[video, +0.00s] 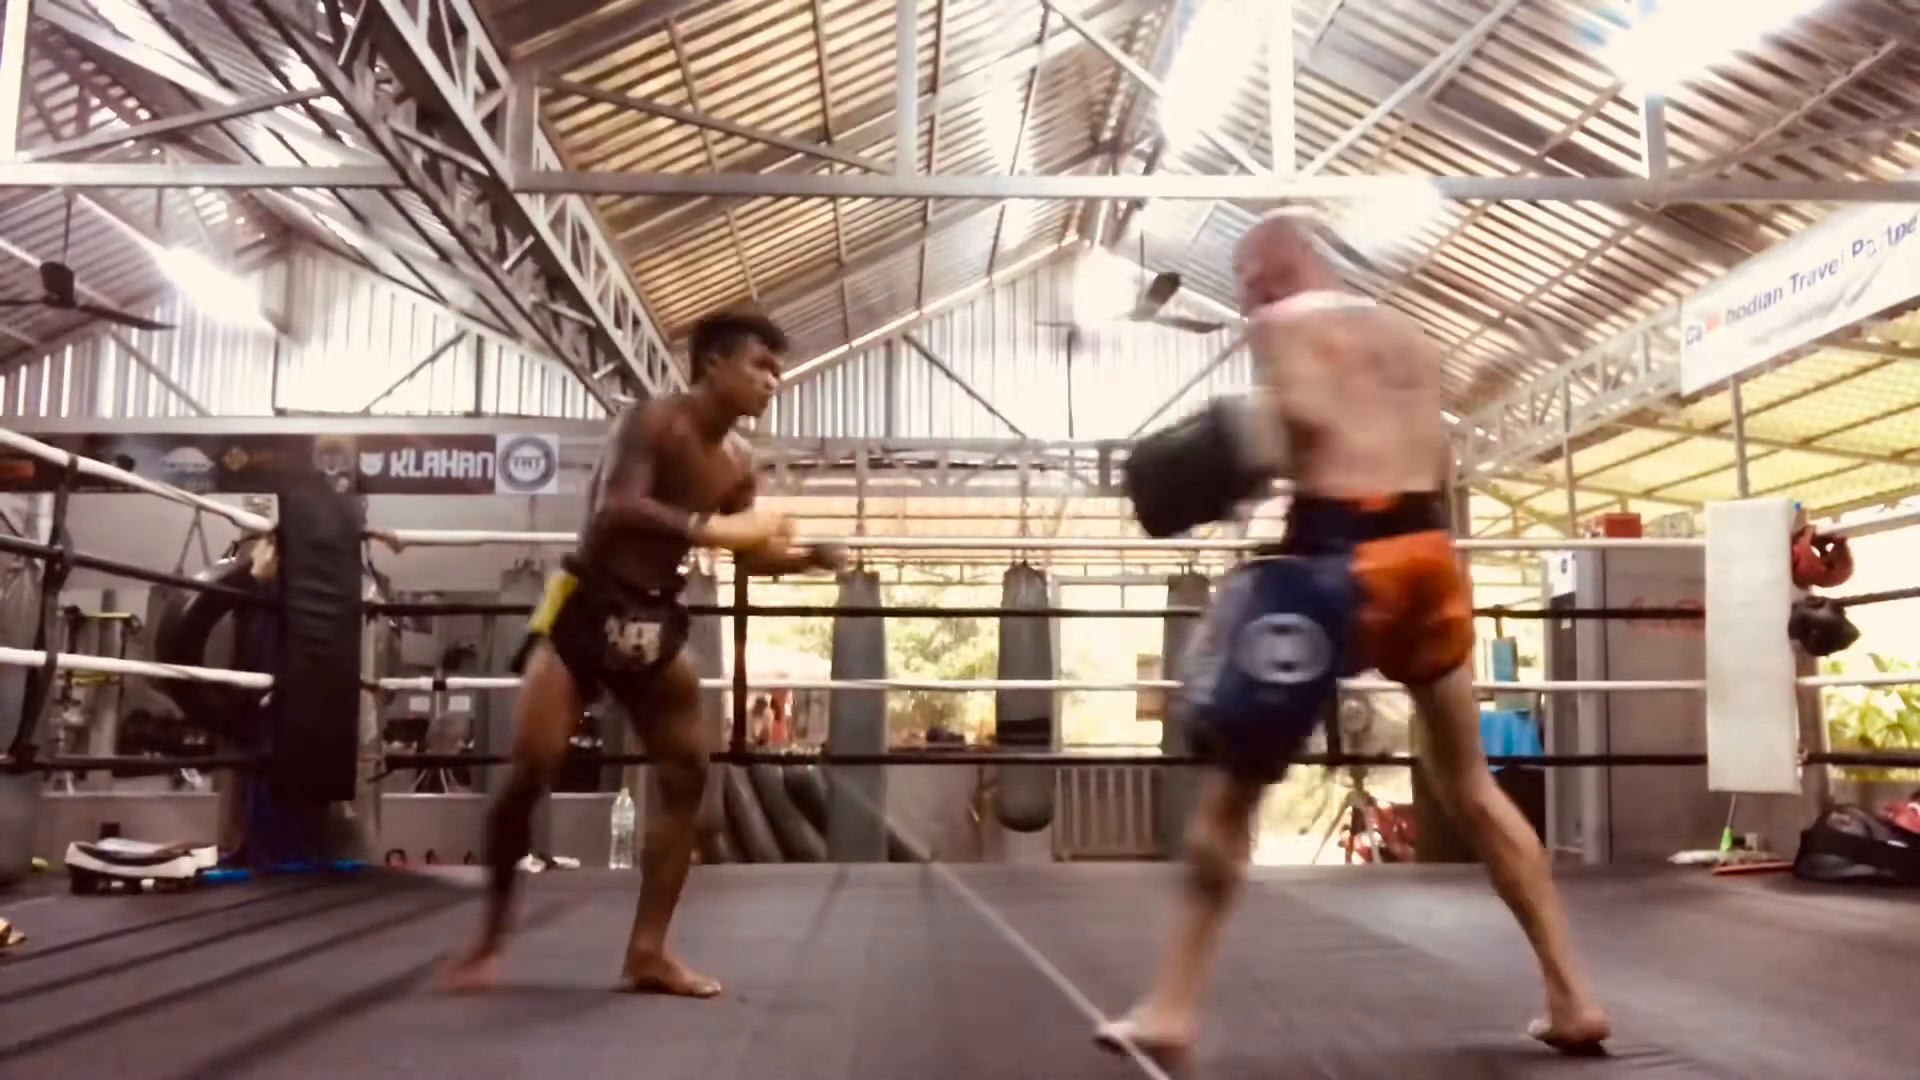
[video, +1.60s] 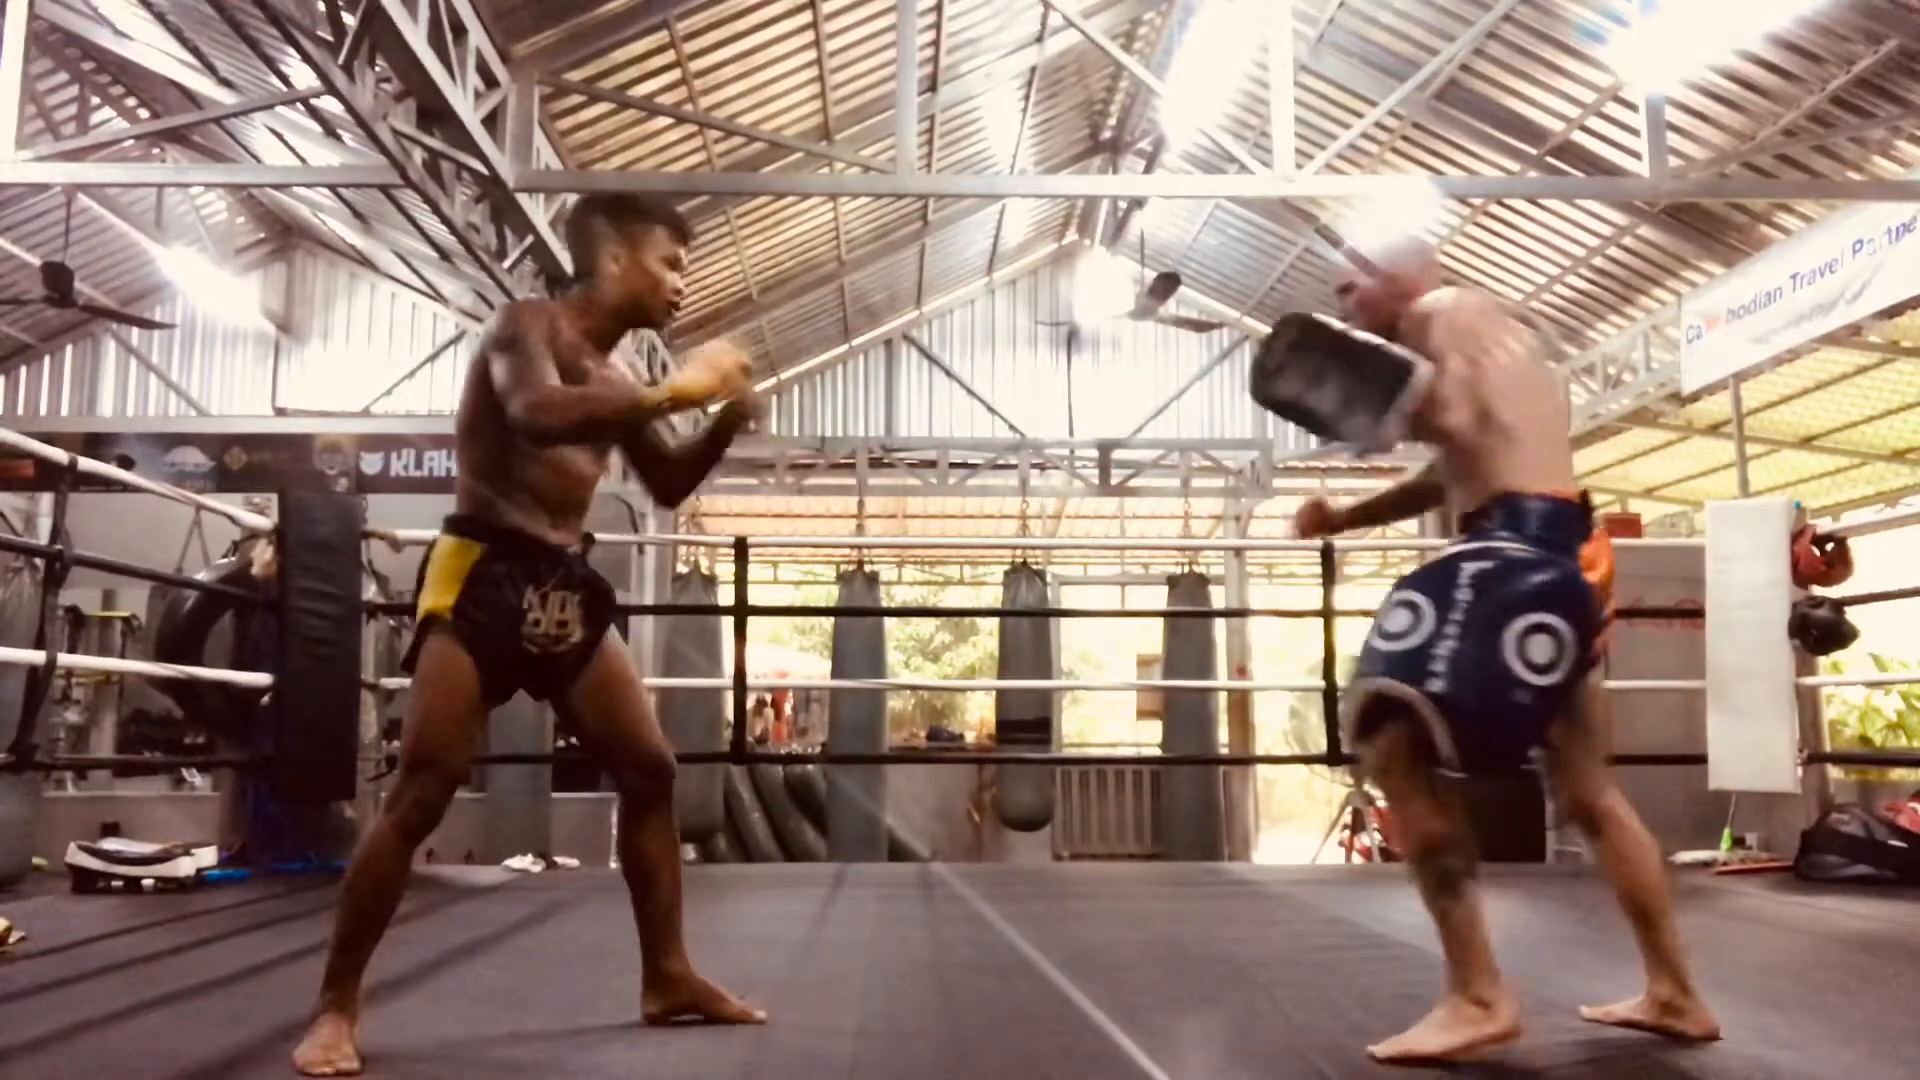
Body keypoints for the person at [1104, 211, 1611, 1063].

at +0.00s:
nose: (1252, 302)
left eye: (1254, 286)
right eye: (1249, 289)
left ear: (1285, 266)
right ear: (1317, 261)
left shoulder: (1284, 322)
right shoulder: (1410, 334)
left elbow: (1298, 430)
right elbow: (1429, 461)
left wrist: (1214, 454)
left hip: (1333, 562)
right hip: (1431, 551)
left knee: (1230, 797)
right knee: (1470, 788)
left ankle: (1171, 1011)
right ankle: (1573, 999)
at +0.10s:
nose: (1286, 287)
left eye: (1288, 268)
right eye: (1280, 273)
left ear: (1317, 249)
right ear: (1350, 247)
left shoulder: (1338, 303)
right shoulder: (1436, 313)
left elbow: (1411, 386)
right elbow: (1454, 396)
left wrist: (1316, 422)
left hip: (1385, 547)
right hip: (1468, 538)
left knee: (1295, 755)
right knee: (1494, 776)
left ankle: (1292, 1002)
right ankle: (1582, 994)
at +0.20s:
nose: (1294, 264)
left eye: (1301, 244)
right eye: (1292, 249)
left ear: (1341, 232)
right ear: (1361, 232)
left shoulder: (1390, 289)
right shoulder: (1407, 297)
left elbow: (1472, 362)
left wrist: (1379, 410)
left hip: (1434, 524)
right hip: (1482, 522)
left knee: (1334, 704)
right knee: (1511, 766)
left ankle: (1427, 1003)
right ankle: (1599, 988)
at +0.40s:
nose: (1295, 274)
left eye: (1300, 252)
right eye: (1291, 257)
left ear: (1339, 239)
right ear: (1353, 235)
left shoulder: (1403, 284)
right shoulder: (1425, 293)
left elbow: (1508, 357)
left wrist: (1404, 416)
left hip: (1479, 532)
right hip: (1517, 532)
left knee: (1456, 774)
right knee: (1535, 773)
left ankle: (1500, 1024)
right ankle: (1625, 987)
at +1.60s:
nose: (1347, 308)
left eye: (1351, 290)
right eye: (1343, 295)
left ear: (1391, 275)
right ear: (1412, 270)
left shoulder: (1441, 313)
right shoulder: (1494, 326)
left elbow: (1457, 417)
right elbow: (1451, 473)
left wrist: (1379, 386)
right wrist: (1344, 517)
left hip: (1511, 546)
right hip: (1570, 547)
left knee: (1398, 750)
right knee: (1591, 791)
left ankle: (1478, 995)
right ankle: (1674, 992)